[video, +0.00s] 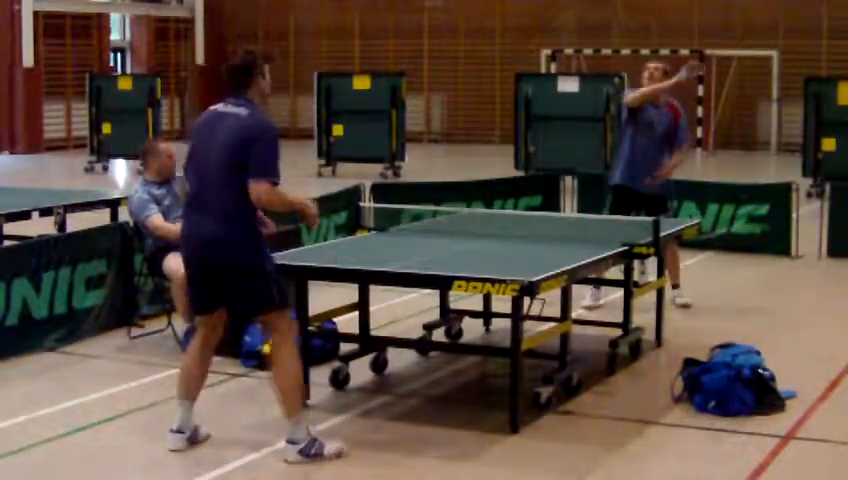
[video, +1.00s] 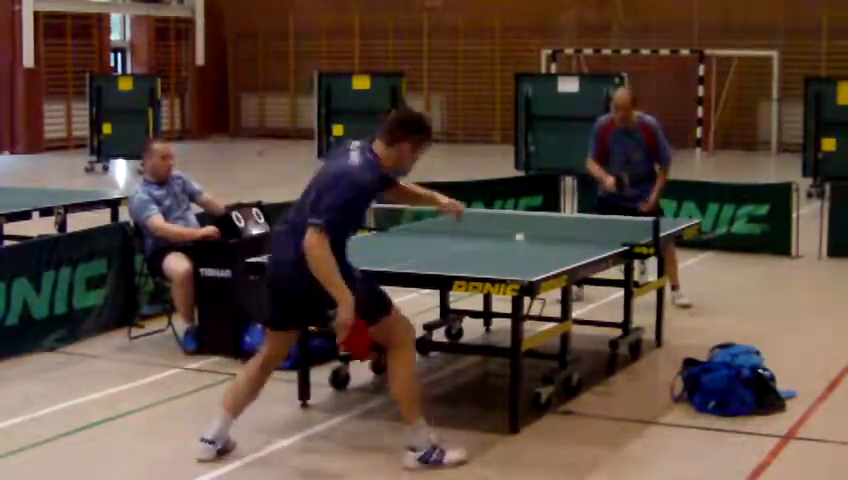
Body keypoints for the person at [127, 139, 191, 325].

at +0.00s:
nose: (174, 161)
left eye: (173, 156)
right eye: (169, 157)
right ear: (152, 163)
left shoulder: (179, 184)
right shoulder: (140, 196)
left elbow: (198, 207)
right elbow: (161, 228)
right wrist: (194, 232)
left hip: (190, 239)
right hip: (162, 246)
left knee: (214, 260)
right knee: (181, 271)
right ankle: (189, 324)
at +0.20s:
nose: (175, 161)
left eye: (174, 156)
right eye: (169, 157)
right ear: (153, 163)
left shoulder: (178, 181)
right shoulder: (141, 196)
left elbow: (202, 198)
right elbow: (160, 228)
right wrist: (200, 233)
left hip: (193, 233)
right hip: (164, 243)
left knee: (221, 255)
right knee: (182, 270)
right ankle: (189, 324)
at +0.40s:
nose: (174, 162)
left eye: (174, 157)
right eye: (168, 158)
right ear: (152, 163)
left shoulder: (179, 182)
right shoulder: (141, 196)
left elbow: (207, 202)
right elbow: (159, 228)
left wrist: (215, 185)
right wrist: (200, 233)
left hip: (194, 236)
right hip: (165, 243)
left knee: (227, 256)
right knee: (182, 269)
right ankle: (189, 325)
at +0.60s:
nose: (174, 161)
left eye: (173, 156)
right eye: (167, 157)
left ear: (173, 159)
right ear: (150, 163)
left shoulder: (179, 181)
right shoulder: (140, 196)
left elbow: (207, 201)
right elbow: (160, 228)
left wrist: (231, 211)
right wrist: (202, 232)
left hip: (194, 236)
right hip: (164, 244)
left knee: (229, 255)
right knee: (182, 269)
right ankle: (190, 326)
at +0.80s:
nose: (172, 163)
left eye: (172, 158)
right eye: (166, 159)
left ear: (174, 160)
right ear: (148, 163)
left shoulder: (179, 181)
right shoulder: (141, 196)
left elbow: (205, 201)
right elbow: (160, 228)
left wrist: (226, 211)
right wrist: (198, 233)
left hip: (194, 236)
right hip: (164, 244)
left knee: (228, 255)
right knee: (182, 269)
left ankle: (227, 318)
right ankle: (190, 326)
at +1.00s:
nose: (171, 163)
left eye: (172, 158)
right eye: (165, 158)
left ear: (174, 159)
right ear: (147, 162)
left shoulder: (178, 181)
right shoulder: (140, 196)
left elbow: (207, 202)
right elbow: (160, 228)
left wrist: (233, 213)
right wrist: (199, 233)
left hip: (194, 237)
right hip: (163, 245)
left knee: (231, 254)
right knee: (183, 270)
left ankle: (236, 320)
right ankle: (190, 327)